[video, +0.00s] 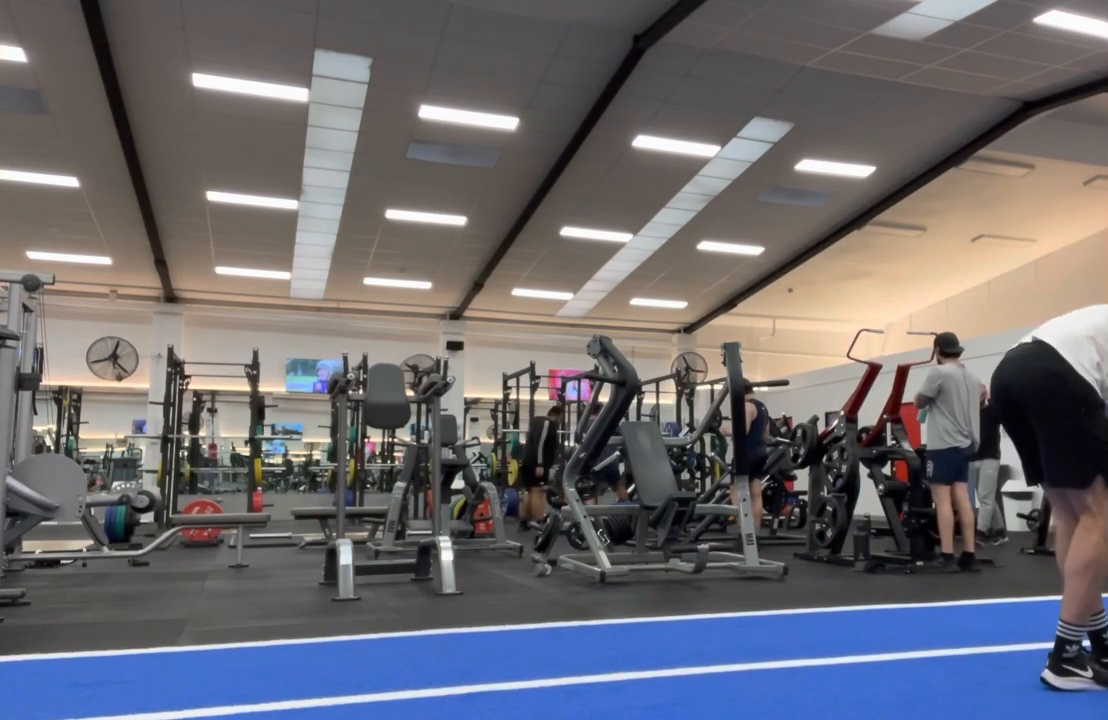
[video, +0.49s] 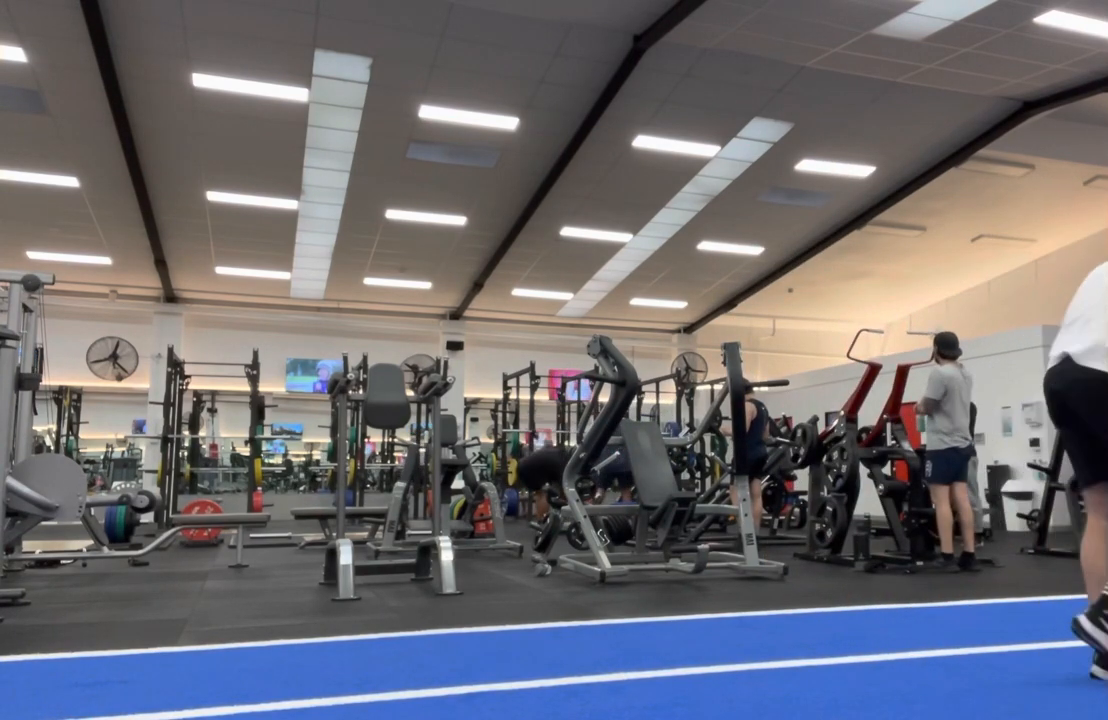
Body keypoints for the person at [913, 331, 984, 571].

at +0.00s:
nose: (935, 354)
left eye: (935, 351)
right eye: (938, 350)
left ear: (937, 351)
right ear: (959, 351)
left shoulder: (938, 374)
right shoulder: (972, 378)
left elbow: (919, 401)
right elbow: (977, 407)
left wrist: (934, 375)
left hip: (941, 446)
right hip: (965, 445)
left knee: (942, 501)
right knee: (963, 500)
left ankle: (947, 554)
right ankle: (969, 553)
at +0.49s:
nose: (933, 352)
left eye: (934, 348)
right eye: (936, 348)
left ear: (936, 350)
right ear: (957, 350)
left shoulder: (939, 374)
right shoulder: (965, 375)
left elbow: (928, 405)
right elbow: (958, 404)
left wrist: (920, 405)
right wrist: (927, 405)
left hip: (940, 447)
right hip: (962, 446)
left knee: (941, 502)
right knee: (962, 500)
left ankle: (947, 554)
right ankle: (969, 553)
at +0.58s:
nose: (932, 352)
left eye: (933, 348)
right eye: (934, 348)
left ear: (936, 351)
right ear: (956, 350)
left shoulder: (939, 374)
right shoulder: (963, 373)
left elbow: (932, 407)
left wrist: (918, 409)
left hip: (941, 447)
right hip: (962, 446)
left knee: (941, 501)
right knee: (962, 498)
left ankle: (947, 554)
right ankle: (969, 552)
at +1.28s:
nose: (933, 350)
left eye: (934, 347)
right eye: (934, 346)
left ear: (940, 351)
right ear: (955, 351)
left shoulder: (944, 375)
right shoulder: (962, 372)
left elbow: (936, 409)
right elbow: (953, 355)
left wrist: (917, 410)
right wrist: (938, 338)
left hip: (943, 447)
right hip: (961, 445)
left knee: (941, 501)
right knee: (962, 499)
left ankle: (947, 555)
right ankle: (969, 553)